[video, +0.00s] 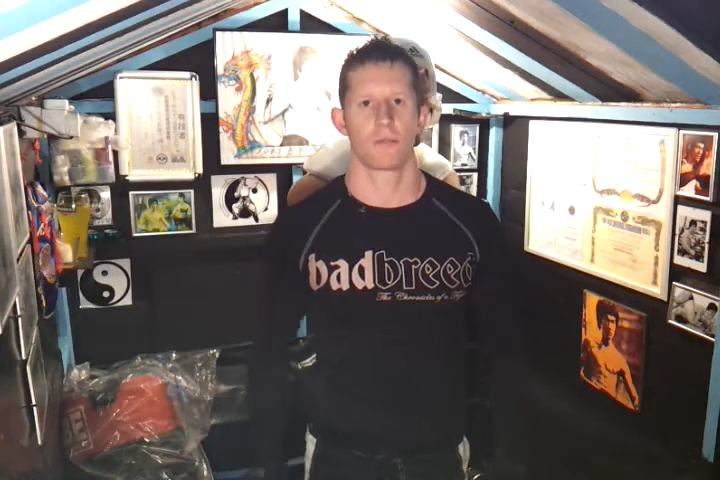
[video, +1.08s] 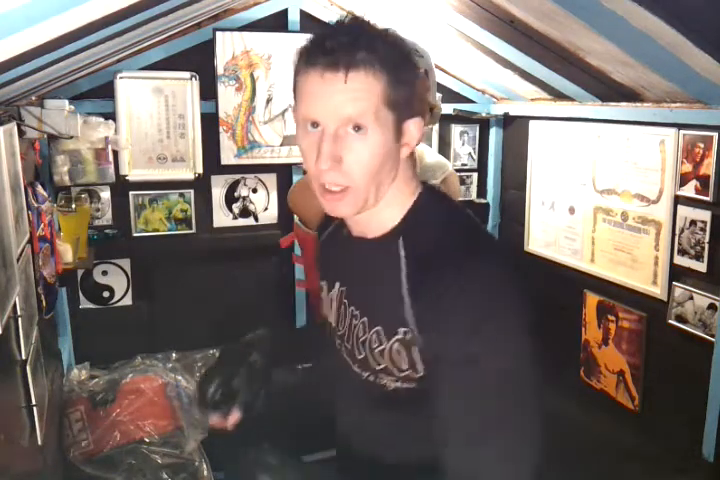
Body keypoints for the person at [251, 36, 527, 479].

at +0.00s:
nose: (384, 118)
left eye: (398, 102)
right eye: (367, 104)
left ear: (423, 118)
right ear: (342, 122)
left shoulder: (475, 224)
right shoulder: (301, 226)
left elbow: (501, 354)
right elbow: (270, 356)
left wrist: (495, 465)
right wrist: (276, 465)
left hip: (438, 460)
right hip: (339, 459)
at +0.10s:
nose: (383, 123)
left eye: (397, 105)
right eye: (365, 108)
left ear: (421, 119)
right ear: (339, 124)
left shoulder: (474, 223)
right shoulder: (299, 226)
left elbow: (510, 350)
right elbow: (266, 350)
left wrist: (473, 457)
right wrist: (288, 455)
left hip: (443, 454)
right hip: (338, 454)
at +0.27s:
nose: (372, 135)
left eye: (386, 114)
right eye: (353, 118)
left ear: (414, 120)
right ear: (330, 129)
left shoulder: (468, 224)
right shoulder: (293, 229)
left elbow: (501, 348)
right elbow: (257, 346)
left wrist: (452, 402)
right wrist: (319, 405)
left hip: (435, 458)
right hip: (334, 457)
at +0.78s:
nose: (321, 148)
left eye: (339, 123)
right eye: (303, 128)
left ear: (376, 127)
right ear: (284, 138)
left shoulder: (464, 237)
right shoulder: (280, 243)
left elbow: (520, 361)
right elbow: (262, 356)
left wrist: (445, 432)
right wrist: (280, 409)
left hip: (440, 466)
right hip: (325, 464)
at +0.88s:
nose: (323, 160)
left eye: (342, 133)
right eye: (304, 136)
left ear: (382, 135)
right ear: (285, 143)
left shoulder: (463, 251)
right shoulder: (298, 236)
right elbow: (270, 344)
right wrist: (254, 412)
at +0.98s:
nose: (326, 166)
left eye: (351, 137)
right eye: (309, 137)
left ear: (395, 143)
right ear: (291, 140)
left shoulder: (467, 270)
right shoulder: (313, 246)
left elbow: (520, 440)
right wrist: (248, 420)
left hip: (440, 465)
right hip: (340, 463)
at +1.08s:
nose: (325, 160)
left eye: (356, 127)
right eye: (313, 126)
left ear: (409, 137)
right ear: (296, 129)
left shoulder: (468, 268)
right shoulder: (337, 240)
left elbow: (496, 458)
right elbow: (350, 377)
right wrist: (261, 393)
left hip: (435, 469)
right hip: (354, 464)